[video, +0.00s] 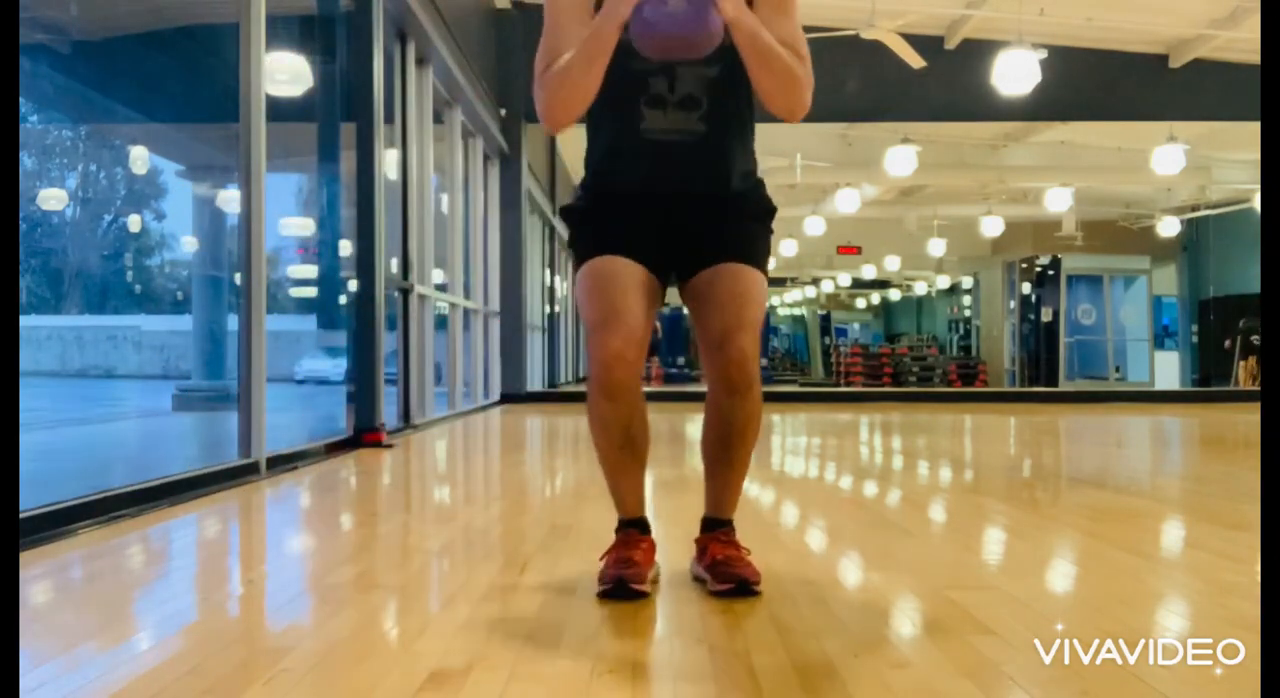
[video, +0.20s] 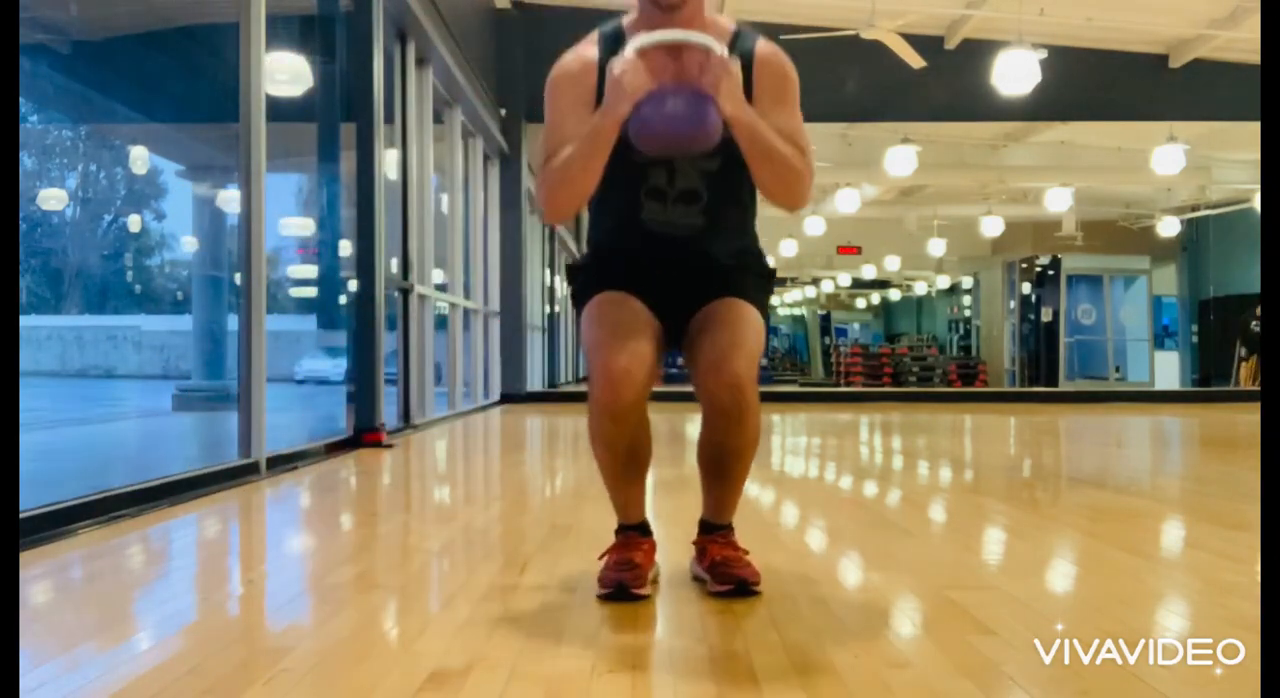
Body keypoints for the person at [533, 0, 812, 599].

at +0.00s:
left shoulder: (760, 0)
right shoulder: (579, 3)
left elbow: (792, 99)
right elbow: (555, 109)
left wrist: (733, 11)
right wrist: (614, 13)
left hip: (724, 205)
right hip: (618, 205)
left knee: (736, 361)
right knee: (613, 358)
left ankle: (719, 536)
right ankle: (631, 535)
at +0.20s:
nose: (674, 4)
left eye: (687, 1)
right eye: (660, 2)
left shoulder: (762, 61)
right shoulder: (581, 67)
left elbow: (794, 190)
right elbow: (555, 203)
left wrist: (734, 106)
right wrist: (614, 107)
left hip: (723, 263)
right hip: (623, 263)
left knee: (731, 384)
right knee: (616, 383)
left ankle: (718, 538)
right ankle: (631, 539)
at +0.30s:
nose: (670, 2)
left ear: (715, 7)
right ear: (630, 7)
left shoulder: (762, 104)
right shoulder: (584, 108)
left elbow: (792, 236)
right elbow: (556, 247)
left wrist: (732, 154)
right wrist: (612, 157)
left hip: (723, 295)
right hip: (622, 294)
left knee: (731, 392)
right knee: (615, 391)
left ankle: (718, 539)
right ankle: (630, 539)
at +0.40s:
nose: (673, 38)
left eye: (692, 21)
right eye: (657, 20)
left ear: (718, 41)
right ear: (631, 36)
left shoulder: (761, 141)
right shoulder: (585, 145)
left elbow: (793, 275)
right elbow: (557, 285)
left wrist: (737, 203)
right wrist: (611, 201)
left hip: (721, 323)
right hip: (623, 323)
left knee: (732, 397)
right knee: (614, 391)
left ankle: (718, 539)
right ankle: (630, 540)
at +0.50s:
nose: (676, 68)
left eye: (695, 52)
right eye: (659, 50)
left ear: (719, 70)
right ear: (635, 66)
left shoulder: (764, 173)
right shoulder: (586, 176)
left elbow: (796, 307)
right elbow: (553, 314)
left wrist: (737, 235)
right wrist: (609, 236)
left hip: (723, 355)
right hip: (626, 354)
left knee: (736, 400)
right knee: (610, 394)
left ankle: (718, 540)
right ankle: (630, 540)